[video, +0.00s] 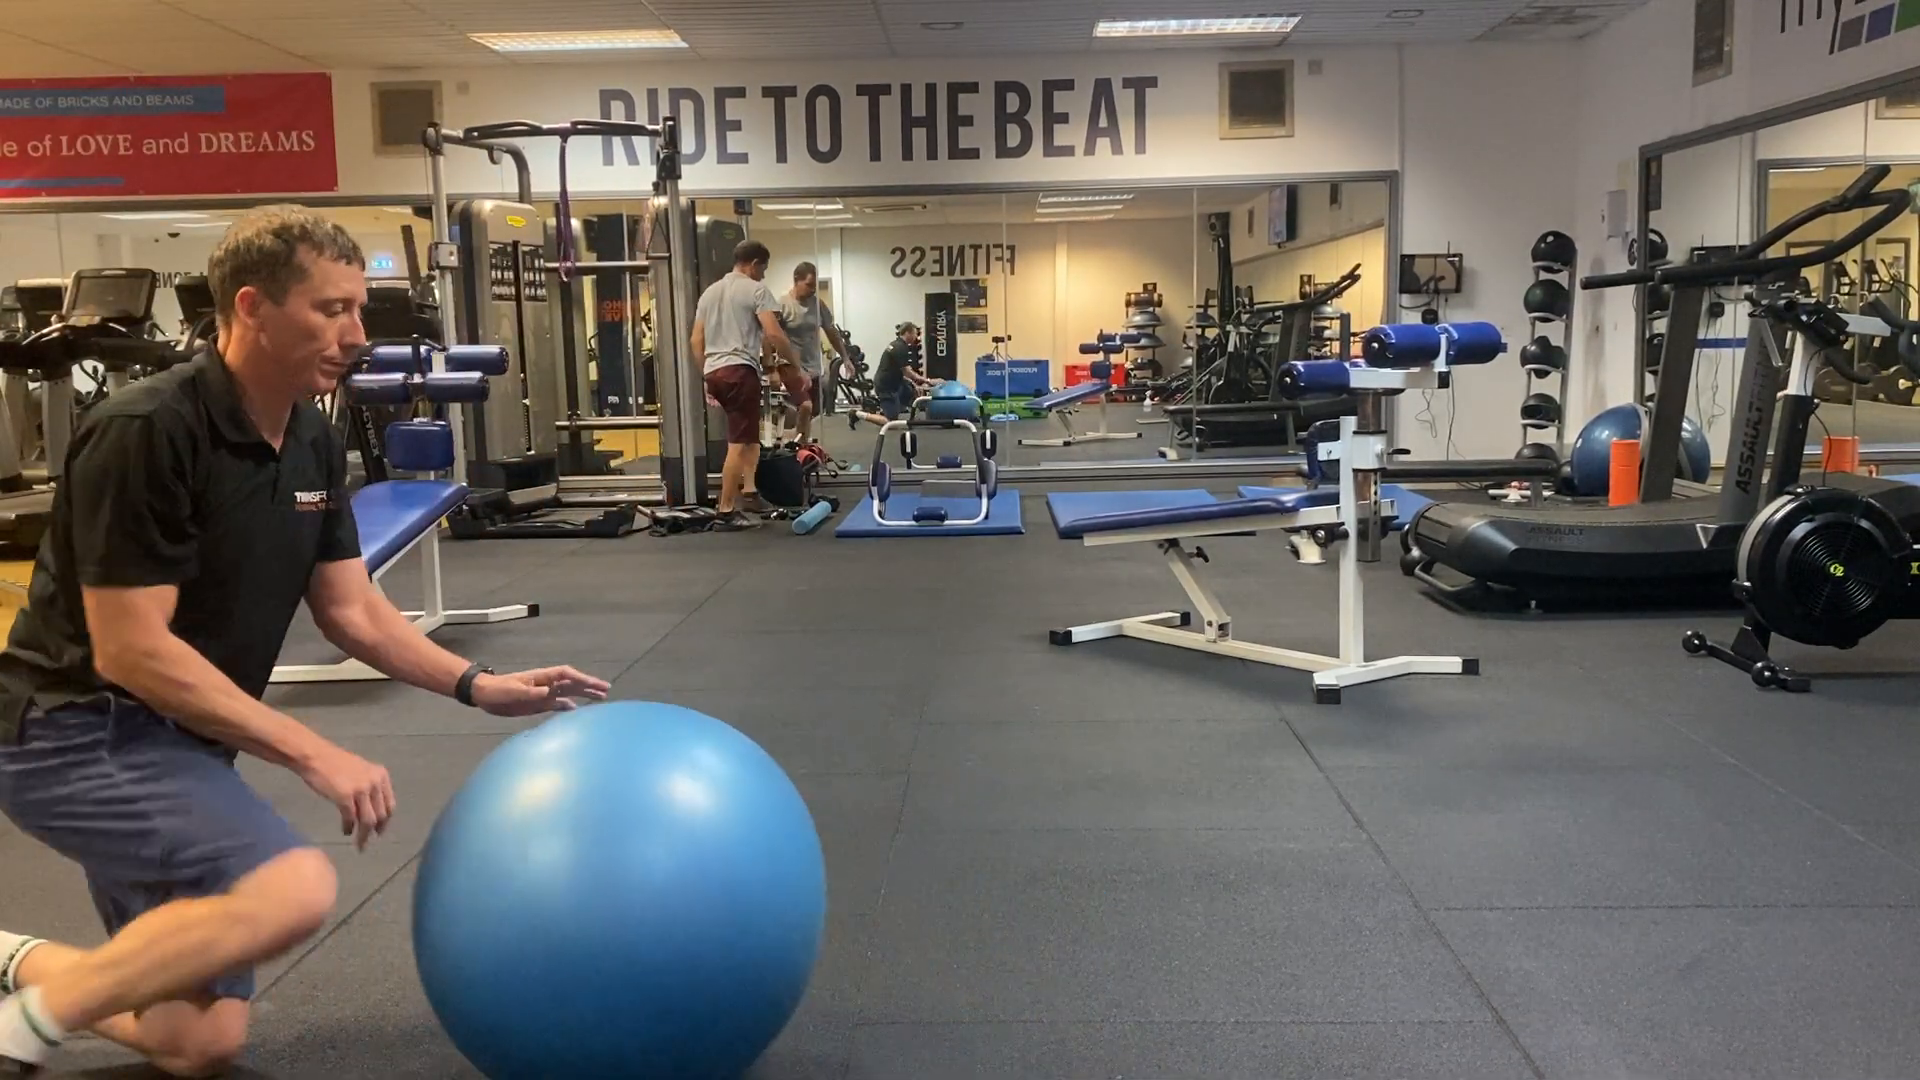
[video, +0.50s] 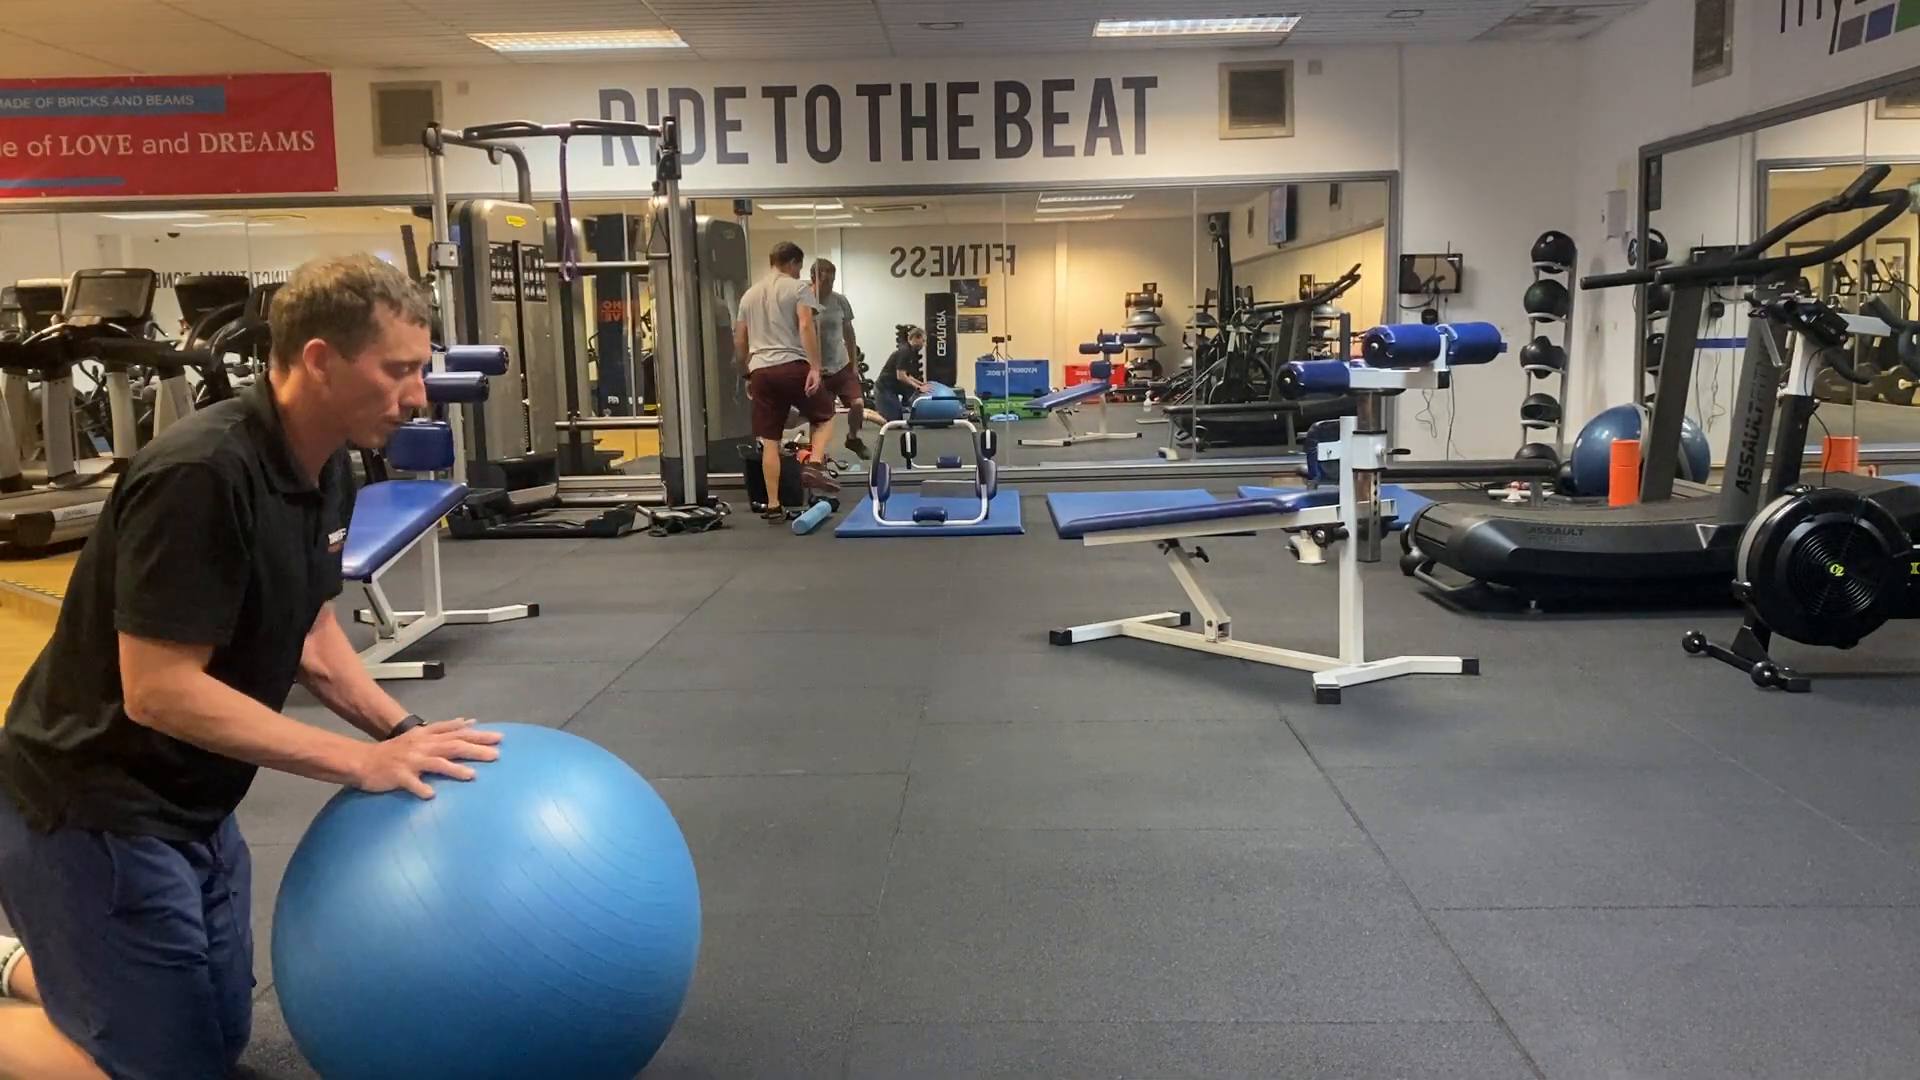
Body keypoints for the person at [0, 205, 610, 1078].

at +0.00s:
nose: (357, 335)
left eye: (359, 311)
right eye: (332, 309)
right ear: (252, 312)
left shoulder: (310, 437)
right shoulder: (144, 430)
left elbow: (348, 605)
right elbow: (129, 649)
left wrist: (477, 684)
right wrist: (314, 753)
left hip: (182, 731)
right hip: (71, 726)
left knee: (203, 1036)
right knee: (293, 887)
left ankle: (28, 966)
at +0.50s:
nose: (418, 395)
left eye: (421, 372)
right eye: (400, 371)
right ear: (317, 362)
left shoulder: (327, 467)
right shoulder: (198, 475)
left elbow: (304, 621)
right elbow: (157, 692)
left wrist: (398, 732)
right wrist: (361, 759)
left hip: (193, 798)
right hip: (89, 812)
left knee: (214, 1035)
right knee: (166, 1066)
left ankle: (17, 970)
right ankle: (3, 1014)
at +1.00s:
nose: (447, 396)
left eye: (449, 370)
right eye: (427, 370)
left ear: (351, 366)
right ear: (345, 362)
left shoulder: (350, 465)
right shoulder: (200, 467)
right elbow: (19, 607)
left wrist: (275, 721)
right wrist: (185, 740)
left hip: (212, 815)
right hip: (95, 832)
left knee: (224, 1046)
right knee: (140, 1063)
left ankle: (17, 980)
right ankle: (6, 991)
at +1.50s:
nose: (840, 606)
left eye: (847, 586)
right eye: (832, 585)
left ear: (764, 561)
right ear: (759, 562)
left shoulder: (693, 609)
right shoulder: (641, 634)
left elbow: (725, 740)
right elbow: (564, 829)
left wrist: (844, 824)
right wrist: (766, 913)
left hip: (333, 777)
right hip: (296, 804)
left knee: (185, 1006)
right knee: (148, 1066)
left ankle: (0, 973)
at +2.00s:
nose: (1147, 806)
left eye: (1162, 789)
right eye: (1156, 788)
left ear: (1108, 705)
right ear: (1116, 740)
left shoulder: (1012, 694)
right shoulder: (991, 767)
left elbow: (983, 904)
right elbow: (996, 997)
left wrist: (1037, 1005)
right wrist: (1063, 1066)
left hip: (640, 678)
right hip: (621, 722)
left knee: (319, 793)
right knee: (305, 829)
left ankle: (52, 792)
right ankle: (29, 860)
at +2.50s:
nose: (1406, 750)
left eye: (1418, 732)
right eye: (1413, 731)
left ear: (1359, 668)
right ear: (1368, 694)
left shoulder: (1263, 684)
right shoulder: (1233, 732)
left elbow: (1278, 874)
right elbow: (1113, 943)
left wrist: (1346, 1013)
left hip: (877, 684)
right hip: (867, 728)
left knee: (565, 752)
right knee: (542, 812)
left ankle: (257, 795)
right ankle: (193, 886)